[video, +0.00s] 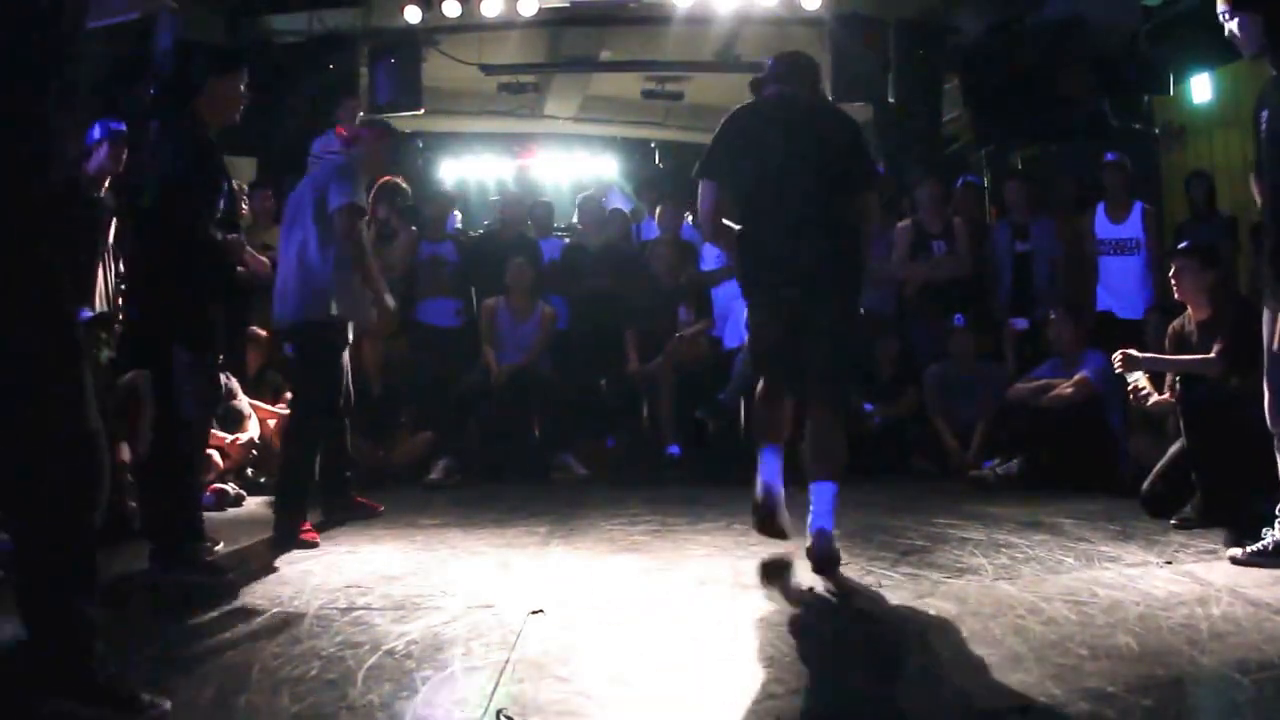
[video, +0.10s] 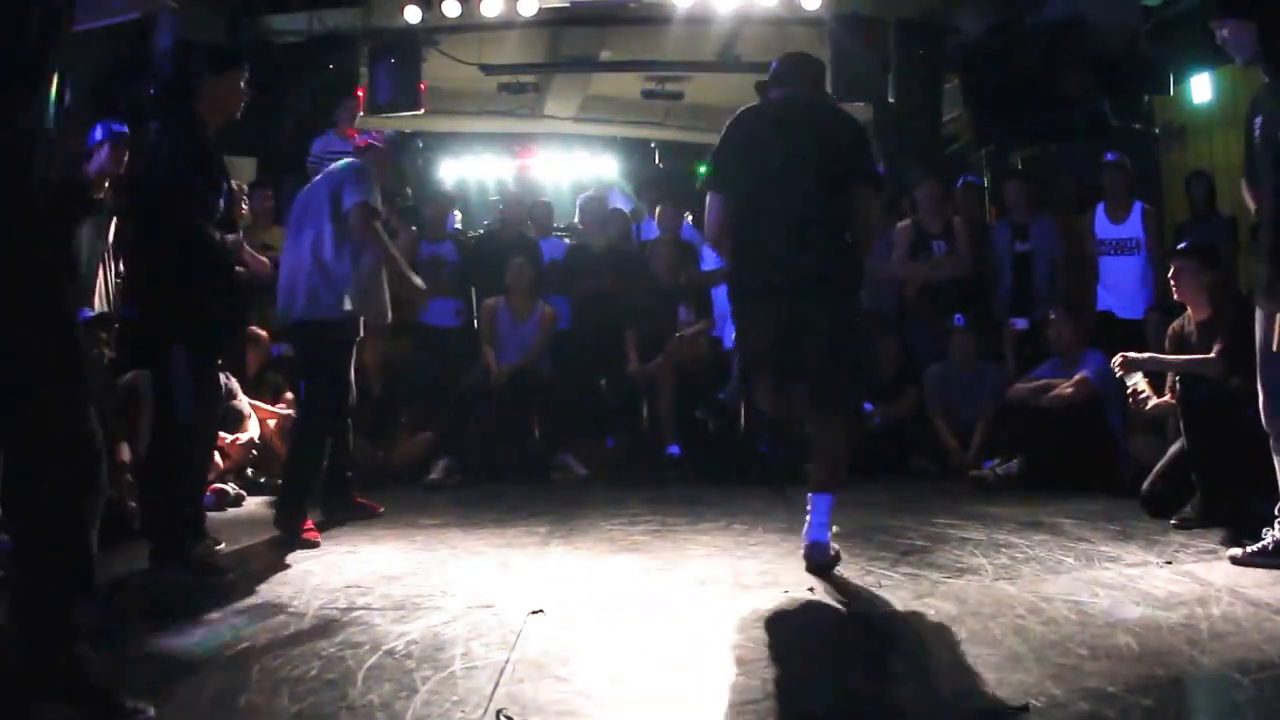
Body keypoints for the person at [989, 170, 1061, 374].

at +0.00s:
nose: (1014, 199)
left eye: (1018, 193)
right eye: (1010, 194)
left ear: (1027, 196)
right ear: (1005, 198)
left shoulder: (1045, 228)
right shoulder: (999, 231)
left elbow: (1054, 263)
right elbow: (996, 268)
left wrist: (1054, 296)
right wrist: (998, 300)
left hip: (1039, 295)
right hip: (1010, 298)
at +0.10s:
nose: (1014, 199)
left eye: (1018, 193)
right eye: (1010, 194)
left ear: (1027, 195)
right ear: (1005, 198)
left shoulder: (1044, 226)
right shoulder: (1000, 230)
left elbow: (1054, 263)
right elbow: (997, 269)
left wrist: (1053, 297)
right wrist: (999, 301)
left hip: (1039, 296)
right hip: (1010, 299)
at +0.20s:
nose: (1014, 199)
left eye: (1019, 193)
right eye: (1010, 194)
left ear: (1027, 195)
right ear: (1005, 198)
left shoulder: (1044, 226)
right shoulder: (1000, 230)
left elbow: (1054, 263)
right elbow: (997, 269)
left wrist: (1054, 297)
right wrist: (998, 301)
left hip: (1039, 296)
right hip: (1011, 299)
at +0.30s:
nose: (1013, 199)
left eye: (1018, 193)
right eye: (1009, 194)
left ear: (1028, 195)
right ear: (1004, 198)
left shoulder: (1045, 226)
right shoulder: (1000, 230)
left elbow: (1054, 264)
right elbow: (997, 269)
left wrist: (1053, 299)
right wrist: (998, 303)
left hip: (1039, 297)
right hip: (1010, 300)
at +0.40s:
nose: (1014, 200)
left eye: (1018, 193)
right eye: (1010, 194)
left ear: (1028, 196)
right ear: (1004, 198)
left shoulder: (1046, 228)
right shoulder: (999, 231)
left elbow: (1055, 266)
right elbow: (997, 271)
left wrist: (1053, 301)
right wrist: (997, 304)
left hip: (1039, 300)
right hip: (1010, 302)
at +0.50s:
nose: (1017, 201)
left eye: (1020, 195)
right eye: (1011, 196)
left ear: (1028, 197)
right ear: (1005, 199)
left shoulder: (1047, 229)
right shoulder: (998, 231)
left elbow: (1057, 267)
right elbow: (993, 270)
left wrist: (1053, 300)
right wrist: (996, 302)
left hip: (1039, 299)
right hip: (1009, 301)